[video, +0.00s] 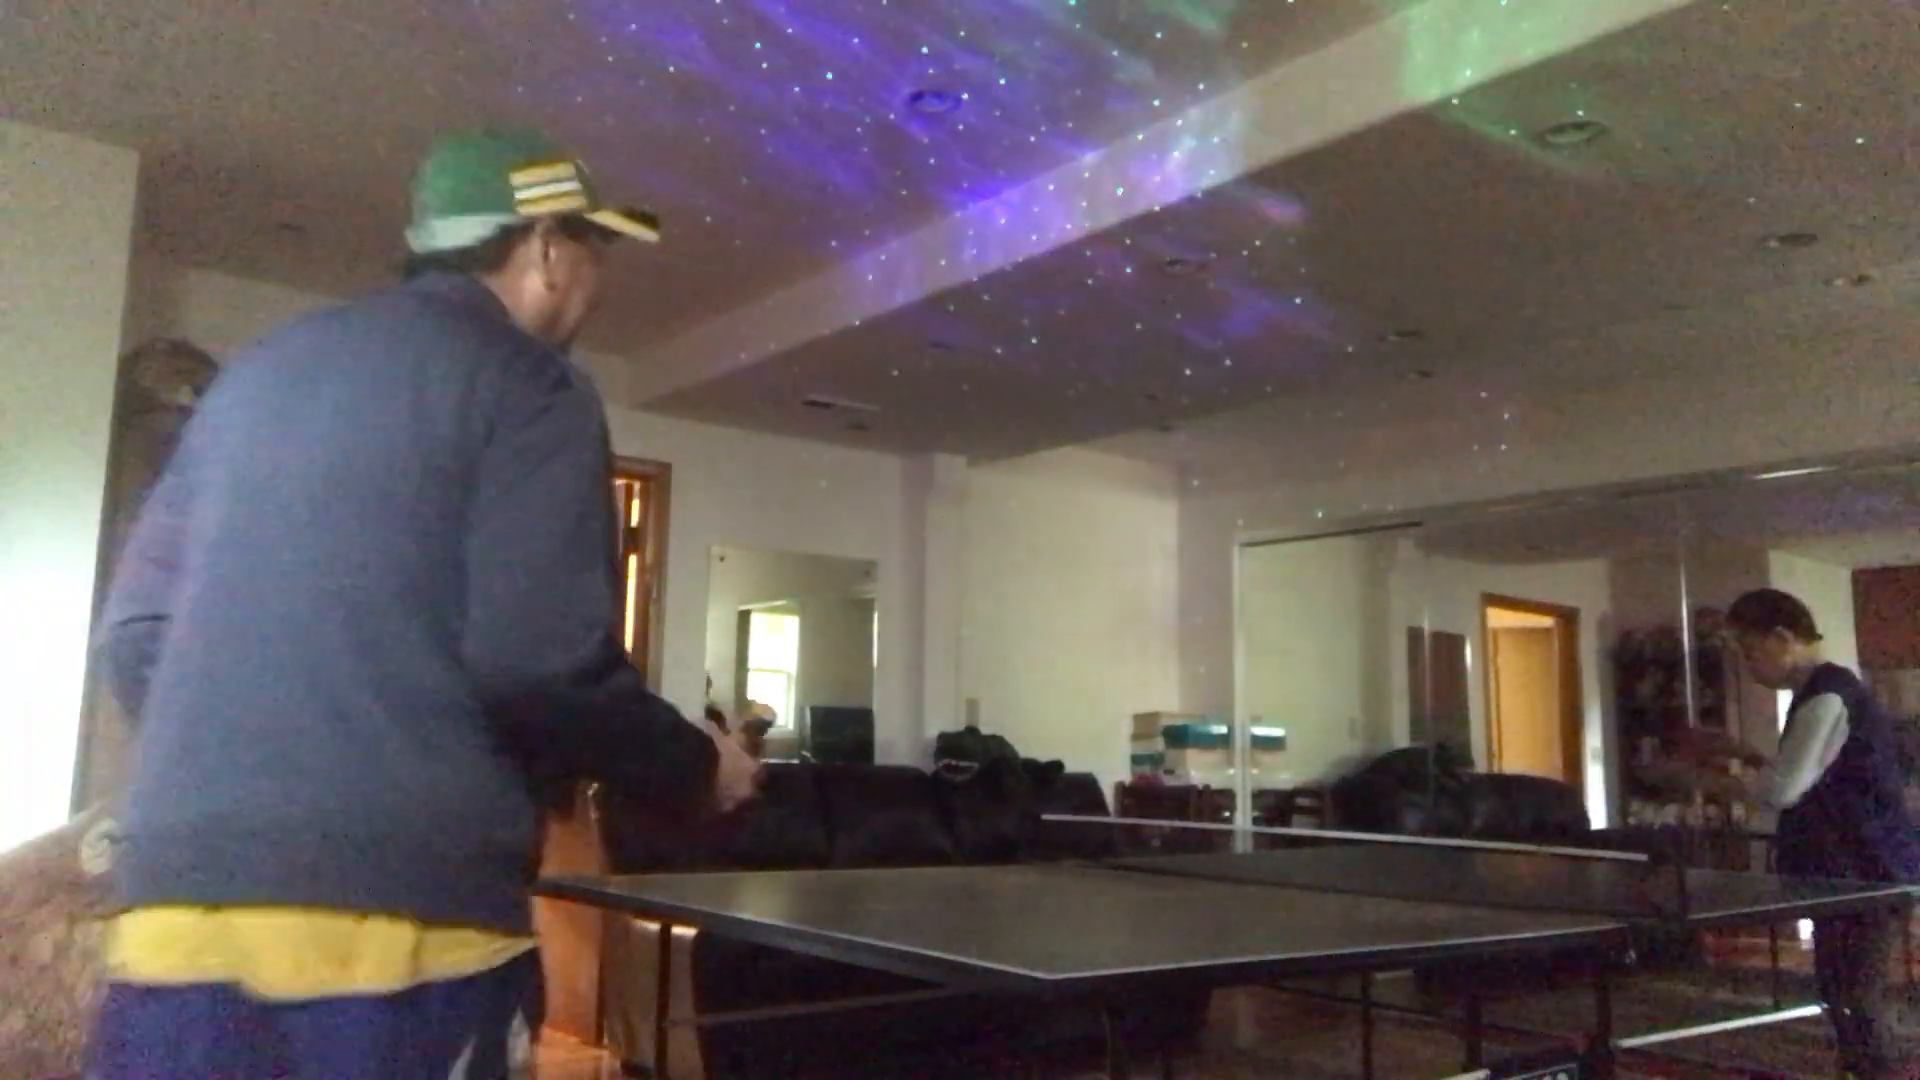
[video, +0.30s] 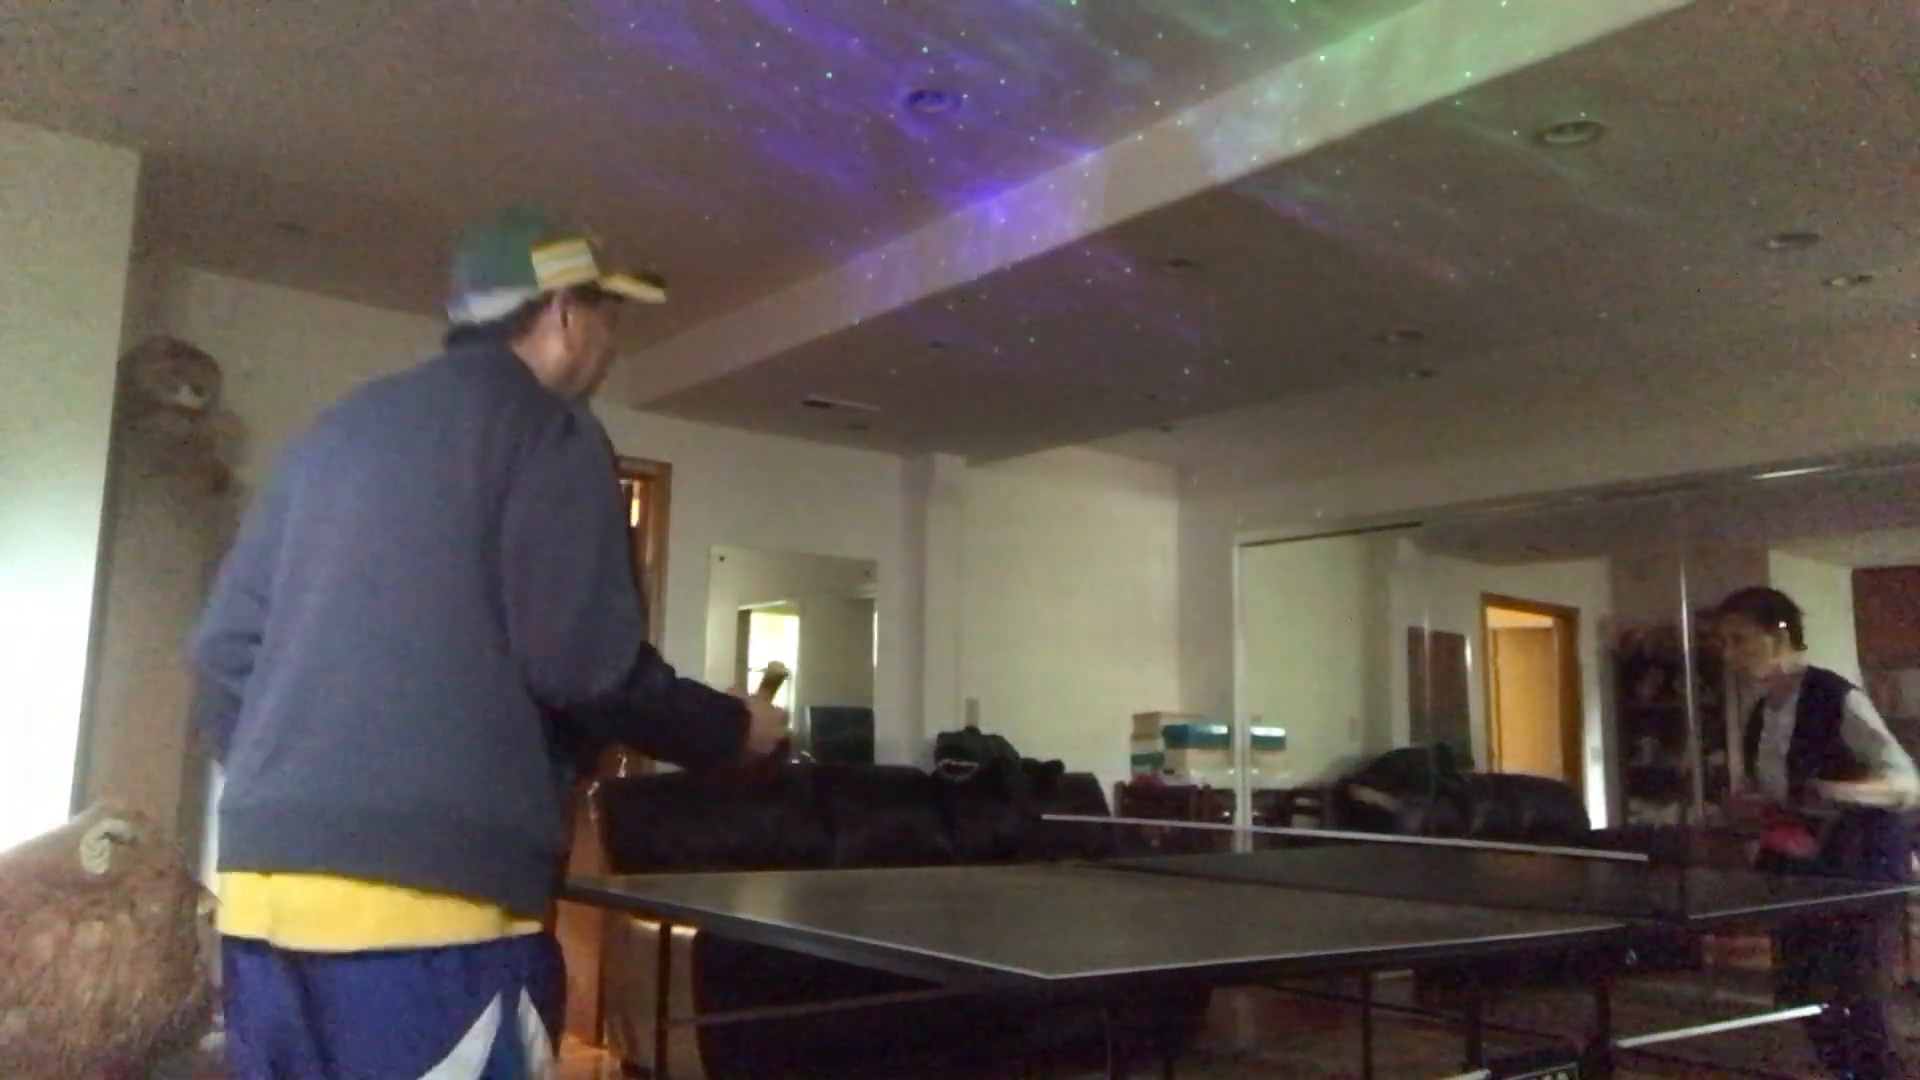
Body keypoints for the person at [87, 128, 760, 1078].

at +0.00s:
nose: (595, 291)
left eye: (598, 260)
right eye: (593, 257)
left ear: (433, 245)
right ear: (544, 254)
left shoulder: (255, 368)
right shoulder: (529, 382)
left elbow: (134, 629)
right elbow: (535, 663)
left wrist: (257, 773)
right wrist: (699, 761)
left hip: (174, 924)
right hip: (397, 934)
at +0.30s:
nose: (607, 347)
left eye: (609, 322)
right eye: (604, 318)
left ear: (469, 315)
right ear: (561, 314)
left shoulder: (333, 427)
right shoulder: (545, 429)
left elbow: (222, 644)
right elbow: (580, 663)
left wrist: (279, 777)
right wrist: (737, 726)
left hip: (262, 888)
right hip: (434, 902)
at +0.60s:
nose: (700, 446)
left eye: (704, 425)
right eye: (697, 422)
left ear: (584, 404)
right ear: (659, 418)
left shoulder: (448, 470)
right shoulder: (657, 515)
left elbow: (306, 637)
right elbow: (663, 706)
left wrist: (349, 775)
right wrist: (740, 803)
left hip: (291, 855)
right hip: (473, 872)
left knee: (283, 1068)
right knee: (561, 1066)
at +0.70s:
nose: (734, 490)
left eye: (738, 468)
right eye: (735, 467)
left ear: (622, 443)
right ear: (705, 460)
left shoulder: (486, 487)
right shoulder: (705, 567)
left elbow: (326, 633)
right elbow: (713, 769)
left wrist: (342, 784)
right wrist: (762, 829)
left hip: (328, 864)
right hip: (515, 894)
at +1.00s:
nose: (809, 472)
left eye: (812, 455)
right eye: (810, 452)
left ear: (707, 422)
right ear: (783, 448)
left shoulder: (595, 436)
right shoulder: (785, 540)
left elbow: (461, 459)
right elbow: (724, 650)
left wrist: (327, 586)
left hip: (440, 787)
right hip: (604, 830)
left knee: (412, 1062)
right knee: (632, 1064)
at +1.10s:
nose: (802, 452)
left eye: (806, 434)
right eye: (802, 433)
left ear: (695, 404)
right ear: (770, 428)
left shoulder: (579, 439)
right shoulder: (786, 522)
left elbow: (447, 530)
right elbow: (736, 663)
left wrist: (328, 660)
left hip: (454, 793)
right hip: (613, 832)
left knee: (423, 1052)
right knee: (625, 1065)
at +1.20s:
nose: (781, 437)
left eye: (783, 419)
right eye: (779, 418)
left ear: (671, 404)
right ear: (746, 418)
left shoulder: (545, 459)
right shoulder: (763, 514)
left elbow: (425, 600)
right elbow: (757, 690)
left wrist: (356, 747)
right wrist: (684, 713)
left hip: (458, 799)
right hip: (615, 827)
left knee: (420, 1055)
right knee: (620, 1062)